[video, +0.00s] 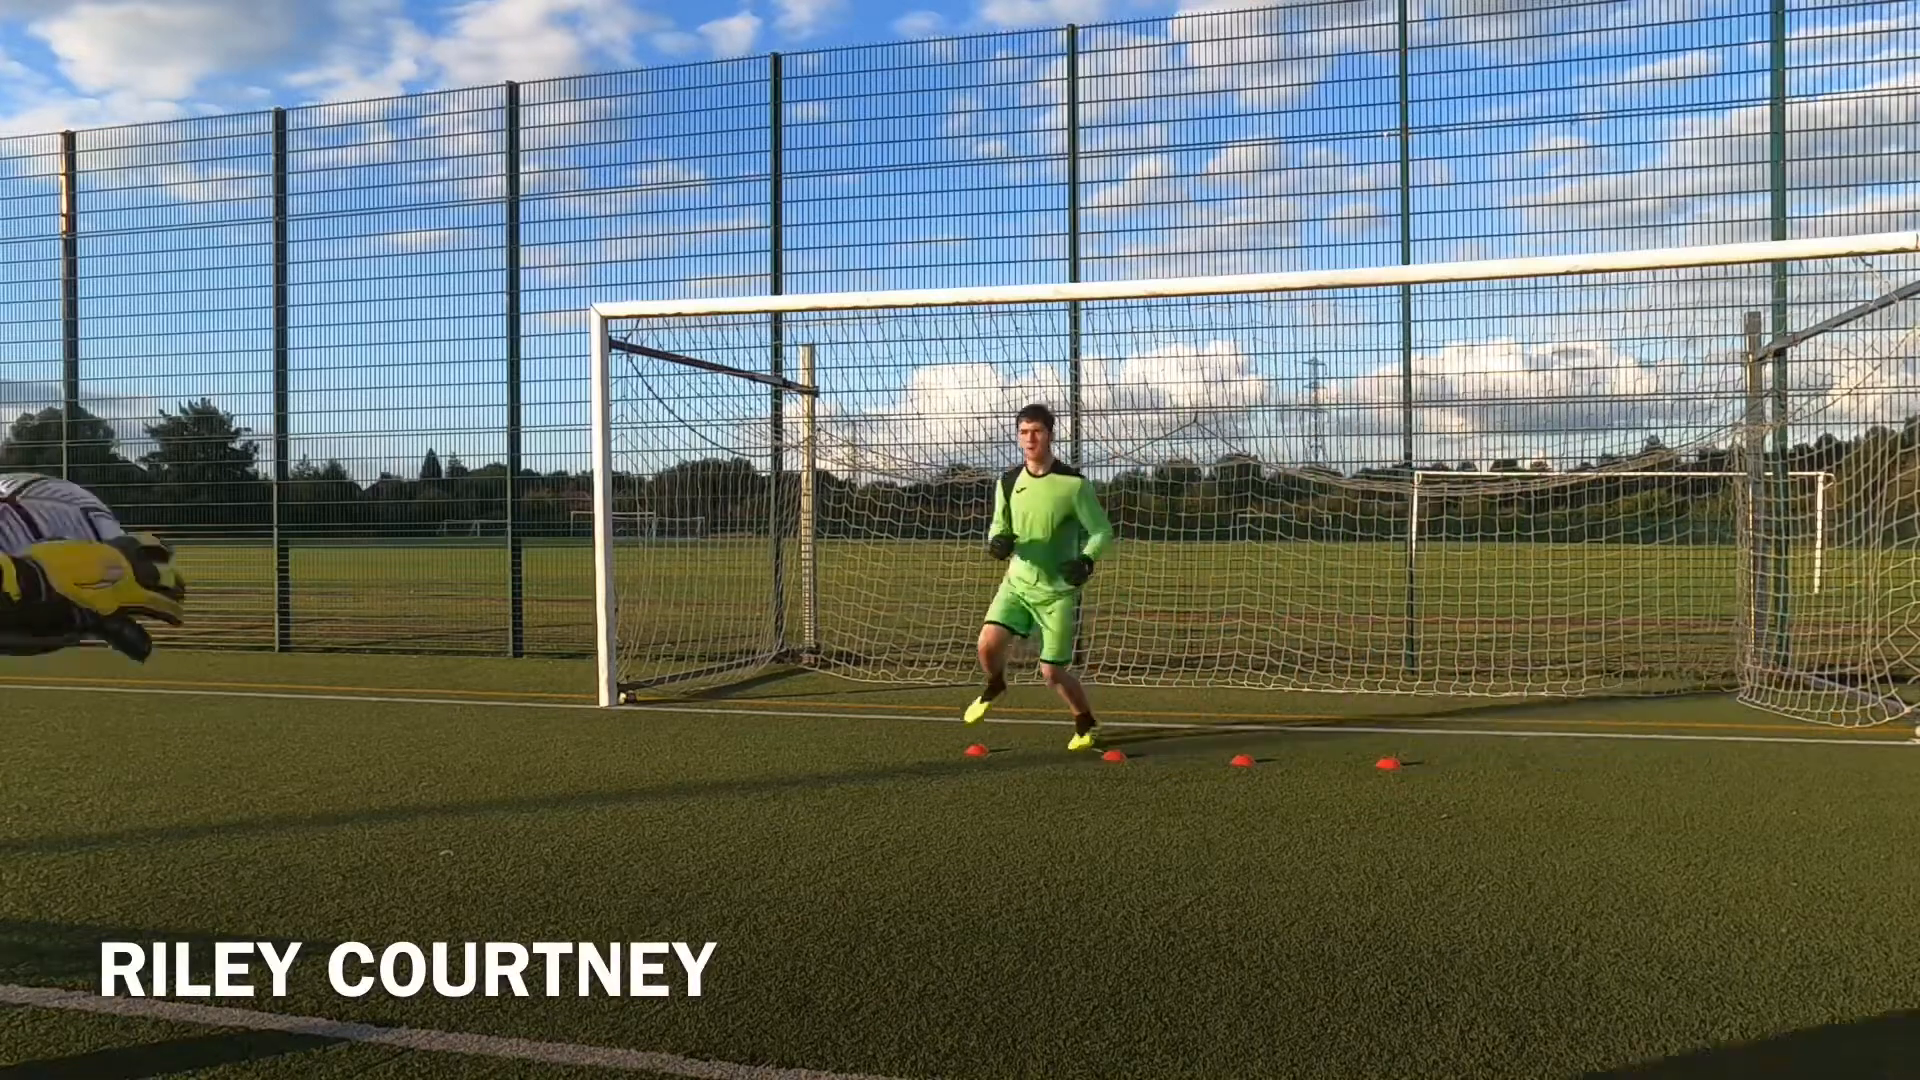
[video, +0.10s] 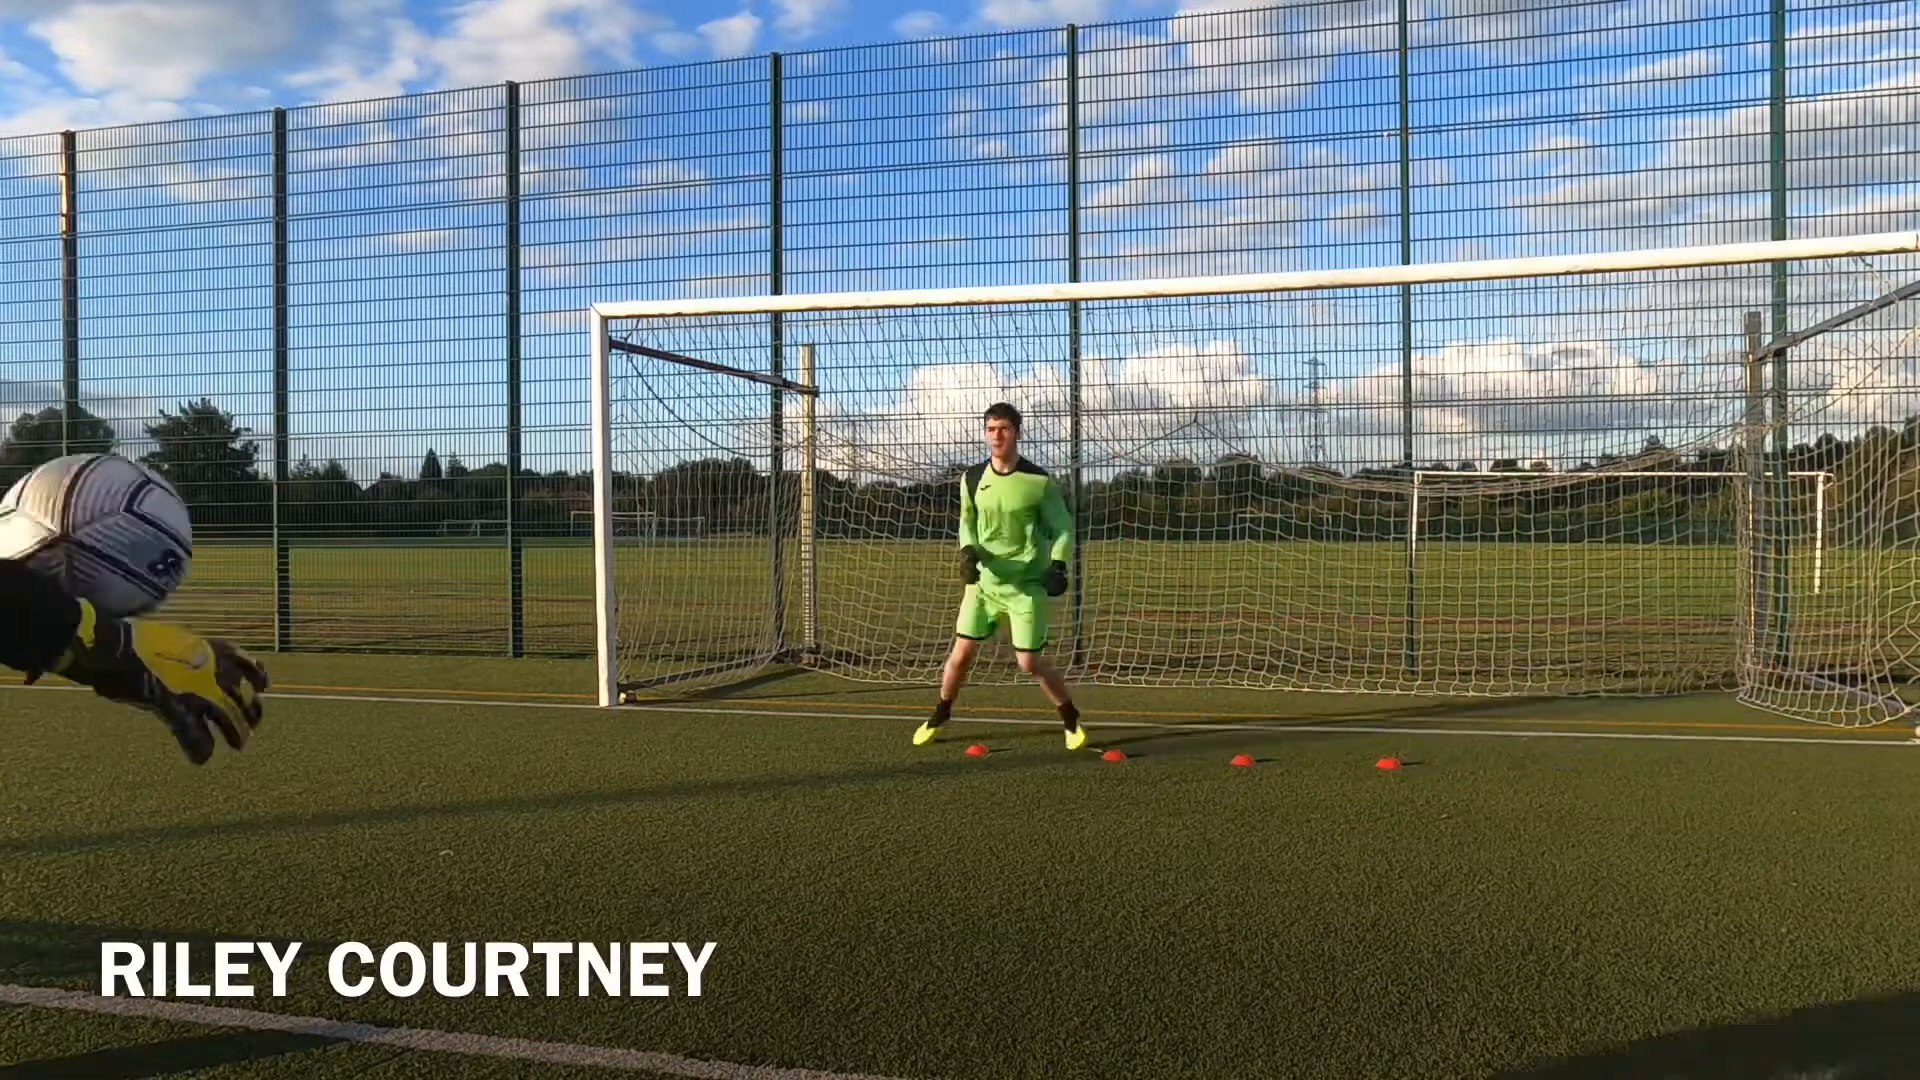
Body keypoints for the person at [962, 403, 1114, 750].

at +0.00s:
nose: (1030, 438)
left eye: (1036, 432)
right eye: (1024, 432)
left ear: (1050, 435)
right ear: (1017, 438)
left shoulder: (1075, 485)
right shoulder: (1007, 483)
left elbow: (1103, 532)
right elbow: (999, 524)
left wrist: (1086, 559)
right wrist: (997, 541)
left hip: (1057, 593)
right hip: (1016, 584)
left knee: (1051, 670)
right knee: (987, 645)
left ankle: (1086, 722)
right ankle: (995, 686)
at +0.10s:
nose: (996, 435)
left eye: (1003, 429)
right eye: (991, 429)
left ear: (1017, 433)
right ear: (986, 435)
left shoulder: (1040, 482)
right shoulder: (972, 479)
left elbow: (1063, 527)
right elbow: (967, 524)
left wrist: (1058, 563)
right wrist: (967, 553)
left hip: (1026, 586)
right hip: (983, 581)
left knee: (1030, 662)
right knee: (960, 654)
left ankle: (1071, 719)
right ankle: (940, 714)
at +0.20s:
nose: (966, 437)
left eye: (973, 431)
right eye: (960, 431)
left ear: (986, 434)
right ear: (953, 436)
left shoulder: (1010, 481)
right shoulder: (940, 478)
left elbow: (1034, 523)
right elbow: (931, 519)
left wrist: (1033, 559)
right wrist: (934, 553)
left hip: (997, 578)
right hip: (952, 577)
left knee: (995, 653)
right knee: (932, 654)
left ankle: (1014, 693)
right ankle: (932, 717)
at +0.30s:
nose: (941, 438)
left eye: (948, 432)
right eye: (936, 432)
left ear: (961, 436)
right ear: (929, 437)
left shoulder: (986, 480)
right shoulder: (918, 476)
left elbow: (1013, 518)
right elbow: (911, 513)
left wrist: (1010, 555)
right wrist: (913, 544)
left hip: (971, 580)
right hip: (928, 577)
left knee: (975, 654)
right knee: (891, 642)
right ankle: (887, 707)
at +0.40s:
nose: (921, 449)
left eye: (928, 442)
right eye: (915, 443)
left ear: (940, 447)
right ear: (908, 448)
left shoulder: (963, 491)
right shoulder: (897, 489)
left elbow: (984, 532)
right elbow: (894, 528)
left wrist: (983, 563)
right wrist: (892, 554)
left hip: (948, 589)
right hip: (904, 584)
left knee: (948, 663)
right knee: (867, 646)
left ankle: (937, 729)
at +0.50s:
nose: (904, 455)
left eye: (911, 449)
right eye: (899, 449)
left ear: (923, 454)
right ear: (891, 455)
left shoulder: (943, 501)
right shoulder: (877, 497)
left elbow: (955, 545)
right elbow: (871, 540)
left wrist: (955, 565)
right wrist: (865, 560)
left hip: (923, 599)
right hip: (880, 597)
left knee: (931, 665)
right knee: (842, 662)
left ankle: (935, 729)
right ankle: (818, 723)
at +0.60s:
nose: (892, 449)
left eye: (898, 444)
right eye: (886, 444)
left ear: (910, 448)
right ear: (879, 449)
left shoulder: (927, 496)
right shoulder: (862, 491)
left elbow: (935, 553)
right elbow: (851, 541)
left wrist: (925, 547)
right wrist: (842, 538)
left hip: (911, 597)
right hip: (866, 595)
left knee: (923, 663)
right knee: (831, 661)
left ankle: (935, 729)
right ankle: (816, 725)